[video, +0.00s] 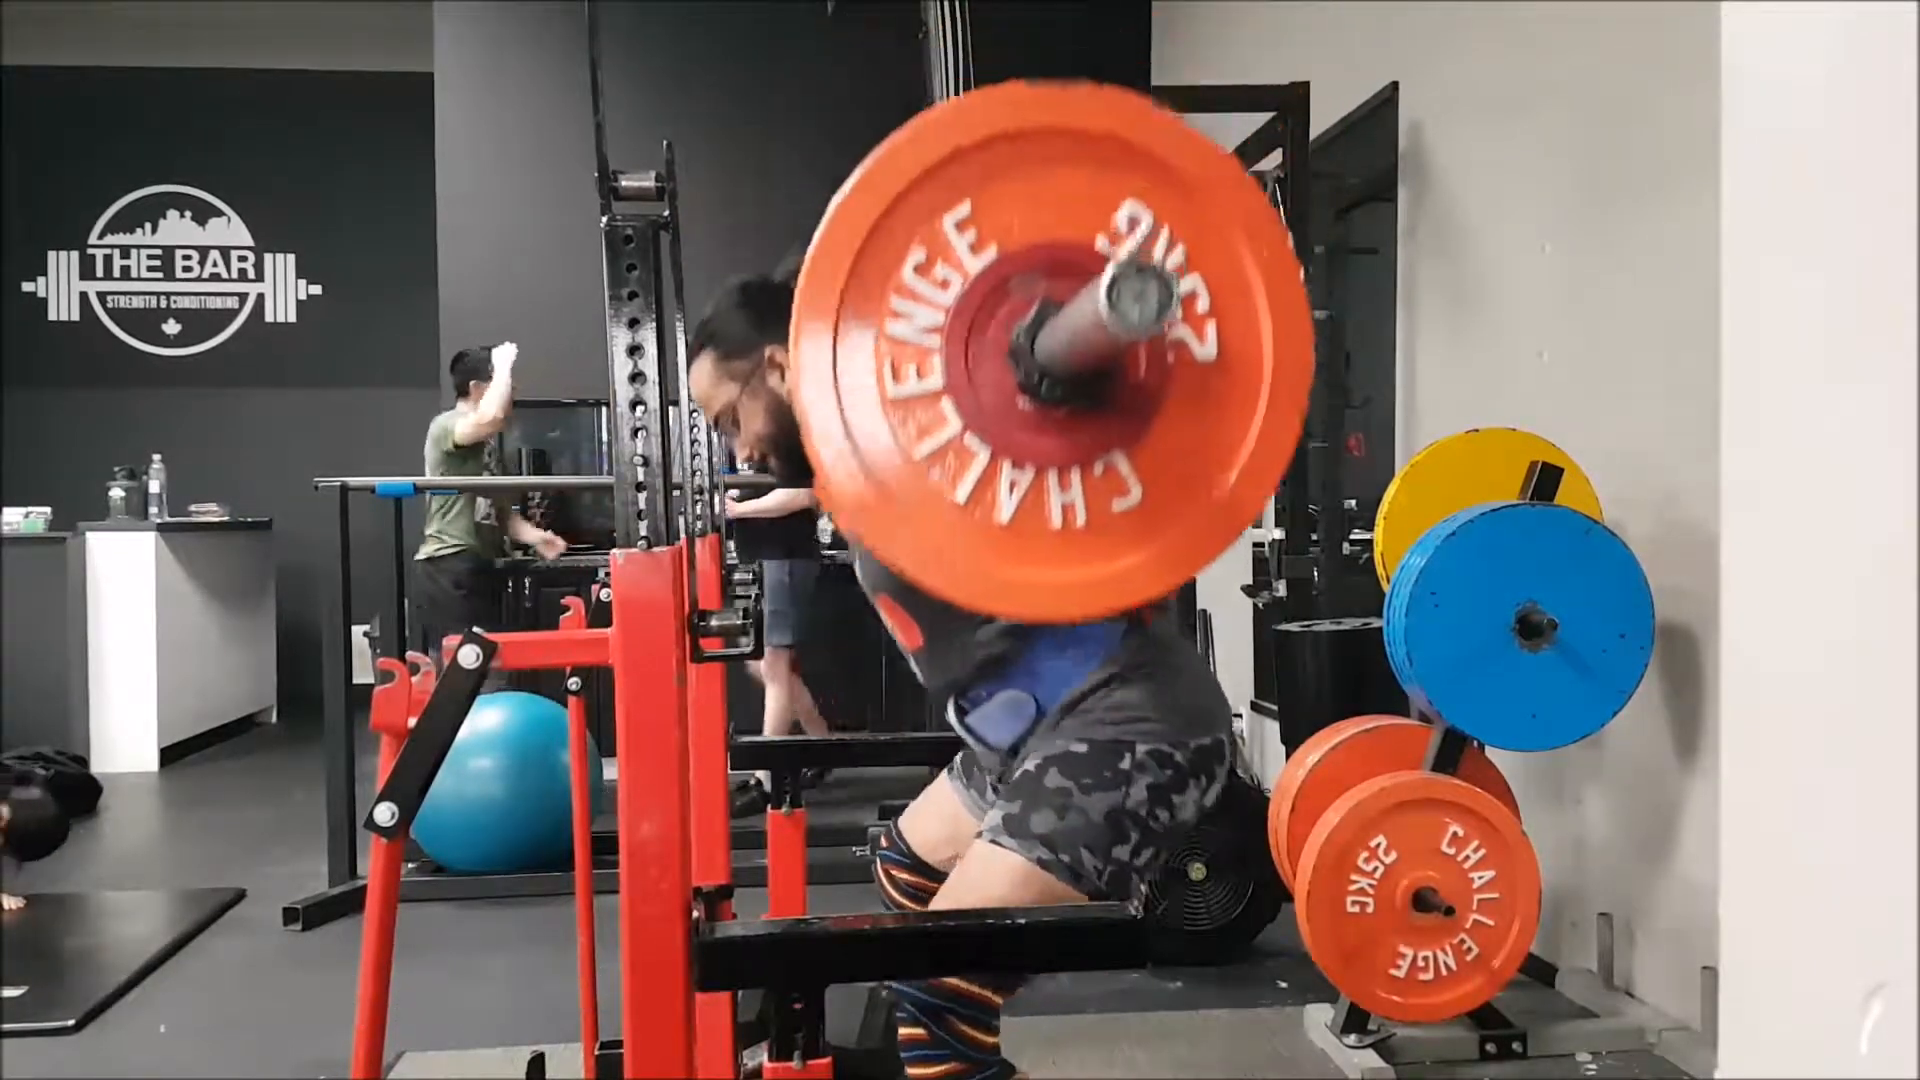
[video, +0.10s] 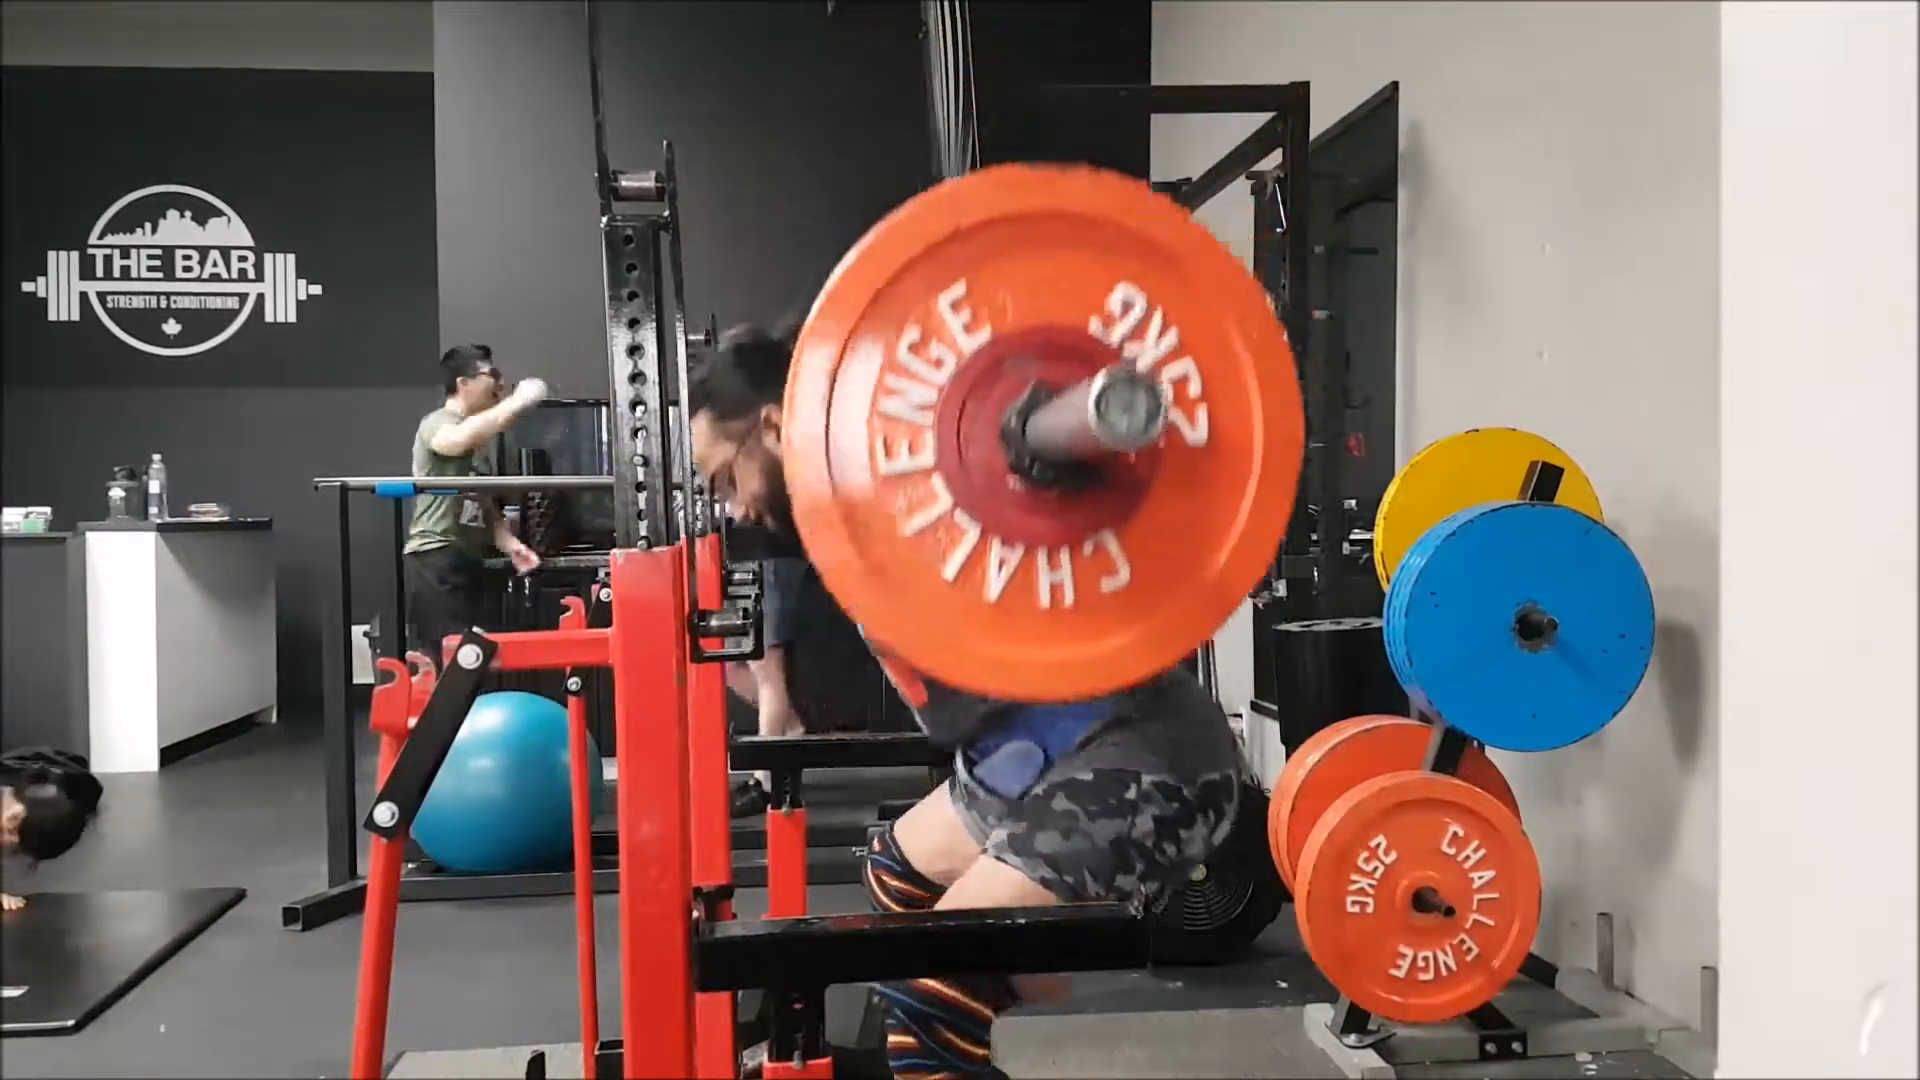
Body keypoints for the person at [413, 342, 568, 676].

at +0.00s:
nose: (508, 393)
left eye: (508, 385)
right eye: (499, 385)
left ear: (479, 391)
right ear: (474, 389)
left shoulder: (490, 442)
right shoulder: (445, 425)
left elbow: (503, 513)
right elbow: (492, 417)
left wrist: (538, 537)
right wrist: (502, 370)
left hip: (482, 563)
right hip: (446, 564)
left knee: (484, 660)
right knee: (462, 661)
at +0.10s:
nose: (499, 383)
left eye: (497, 375)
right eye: (490, 375)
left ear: (468, 384)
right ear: (462, 384)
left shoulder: (479, 434)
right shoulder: (436, 422)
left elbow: (486, 510)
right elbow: (456, 442)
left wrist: (511, 545)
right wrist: (514, 404)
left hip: (471, 557)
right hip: (435, 557)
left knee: (478, 653)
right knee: (447, 656)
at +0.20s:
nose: (489, 382)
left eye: (486, 375)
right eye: (480, 375)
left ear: (456, 385)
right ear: (451, 384)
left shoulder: (458, 436)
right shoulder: (430, 425)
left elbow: (464, 515)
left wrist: (490, 554)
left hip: (458, 560)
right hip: (430, 560)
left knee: (462, 656)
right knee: (433, 659)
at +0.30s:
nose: (478, 383)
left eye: (478, 377)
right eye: (470, 376)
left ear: (452, 385)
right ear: (440, 383)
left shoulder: (453, 441)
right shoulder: (415, 430)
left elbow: (463, 511)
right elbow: (410, 501)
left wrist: (480, 577)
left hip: (450, 567)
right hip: (419, 565)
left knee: (452, 672)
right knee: (417, 672)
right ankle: (371, 763)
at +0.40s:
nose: (466, 382)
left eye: (466, 376)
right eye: (457, 375)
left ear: (443, 385)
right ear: (425, 381)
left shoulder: (453, 445)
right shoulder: (392, 433)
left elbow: (458, 518)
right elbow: (385, 506)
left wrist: (466, 582)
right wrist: (422, 560)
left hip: (446, 576)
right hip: (400, 576)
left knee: (447, 678)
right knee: (394, 676)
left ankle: (439, 784)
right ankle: (352, 771)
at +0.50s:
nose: (452, 380)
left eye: (453, 374)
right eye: (443, 373)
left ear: (444, 385)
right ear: (411, 379)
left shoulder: (450, 446)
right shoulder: (370, 436)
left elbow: (458, 513)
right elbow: (358, 516)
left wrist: (459, 572)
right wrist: (382, 577)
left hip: (441, 578)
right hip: (394, 578)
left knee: (440, 687)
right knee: (382, 686)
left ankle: (433, 791)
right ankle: (365, 786)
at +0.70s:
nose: (420, 382)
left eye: (424, 375)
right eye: (411, 373)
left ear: (426, 384)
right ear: (381, 379)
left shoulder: (435, 447)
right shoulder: (343, 438)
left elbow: (457, 511)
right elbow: (315, 504)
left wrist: (474, 569)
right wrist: (309, 564)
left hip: (418, 570)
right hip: (359, 568)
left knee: (420, 673)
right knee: (355, 673)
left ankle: (416, 783)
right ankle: (350, 781)